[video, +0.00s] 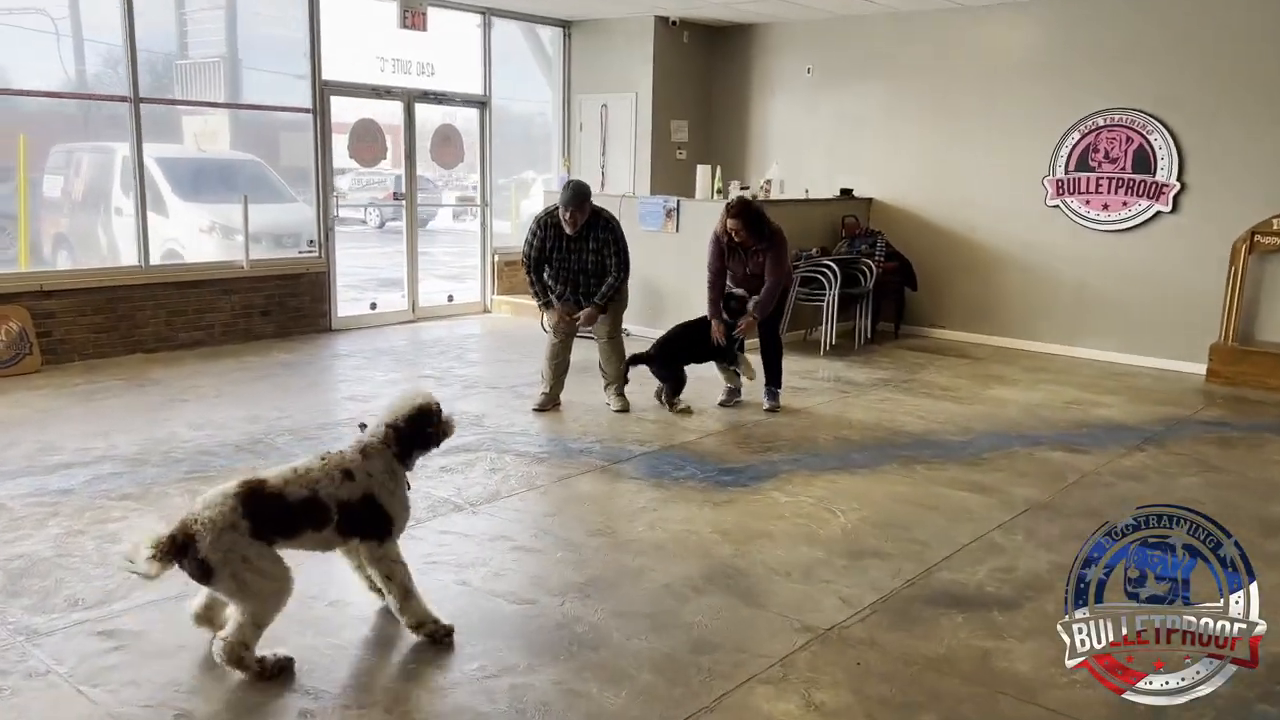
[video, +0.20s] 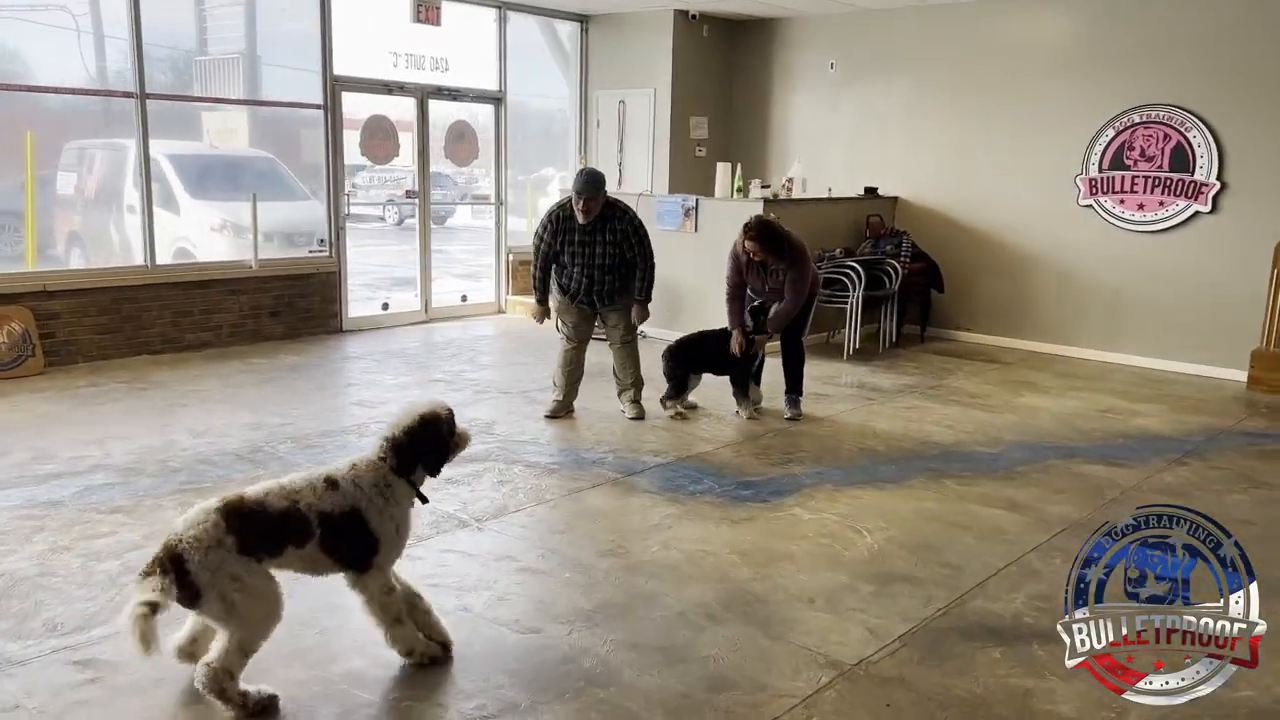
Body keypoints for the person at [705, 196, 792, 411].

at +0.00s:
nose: (733, 235)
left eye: (738, 231)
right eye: (730, 230)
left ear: (752, 226)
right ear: (725, 225)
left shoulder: (774, 237)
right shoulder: (721, 237)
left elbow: (774, 281)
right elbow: (714, 276)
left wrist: (755, 317)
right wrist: (714, 317)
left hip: (772, 286)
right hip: (738, 285)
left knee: (768, 330)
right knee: (728, 330)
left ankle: (772, 390)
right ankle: (732, 385)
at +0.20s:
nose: (752, 256)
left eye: (756, 252)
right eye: (748, 251)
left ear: (771, 247)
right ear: (743, 243)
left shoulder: (796, 253)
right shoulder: (739, 249)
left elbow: (793, 300)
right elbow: (733, 290)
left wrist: (767, 332)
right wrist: (736, 328)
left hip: (796, 293)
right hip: (759, 292)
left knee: (790, 338)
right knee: (754, 337)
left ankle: (793, 398)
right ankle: (751, 392)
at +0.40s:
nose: (768, 255)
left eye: (773, 251)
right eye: (764, 250)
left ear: (788, 245)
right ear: (759, 241)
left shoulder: (815, 248)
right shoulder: (758, 245)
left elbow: (818, 301)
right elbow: (746, 285)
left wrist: (786, 331)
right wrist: (749, 324)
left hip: (818, 289)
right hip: (779, 289)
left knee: (811, 336)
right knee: (765, 335)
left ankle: (813, 399)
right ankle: (772, 393)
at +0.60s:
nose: (783, 246)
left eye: (788, 242)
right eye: (778, 240)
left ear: (803, 234)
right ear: (773, 232)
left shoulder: (831, 241)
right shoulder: (771, 237)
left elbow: (838, 293)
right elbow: (765, 281)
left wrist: (812, 333)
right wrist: (763, 318)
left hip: (836, 285)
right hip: (795, 283)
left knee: (826, 337)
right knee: (786, 334)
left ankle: (832, 400)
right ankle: (789, 394)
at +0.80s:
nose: (785, 222)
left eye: (790, 217)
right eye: (781, 217)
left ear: (806, 209)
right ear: (775, 209)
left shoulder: (838, 217)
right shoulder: (775, 219)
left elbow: (851, 270)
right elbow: (770, 265)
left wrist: (827, 312)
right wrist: (767, 309)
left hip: (845, 268)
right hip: (802, 267)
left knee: (835, 323)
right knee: (790, 321)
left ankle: (840, 389)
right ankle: (797, 383)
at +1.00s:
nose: (787, 189)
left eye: (792, 184)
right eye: (782, 184)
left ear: (809, 176)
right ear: (776, 177)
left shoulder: (841, 187)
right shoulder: (776, 194)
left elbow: (851, 243)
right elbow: (778, 240)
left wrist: (826, 286)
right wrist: (794, 282)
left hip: (851, 245)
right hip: (806, 244)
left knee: (840, 303)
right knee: (792, 300)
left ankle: (842, 373)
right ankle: (788, 367)